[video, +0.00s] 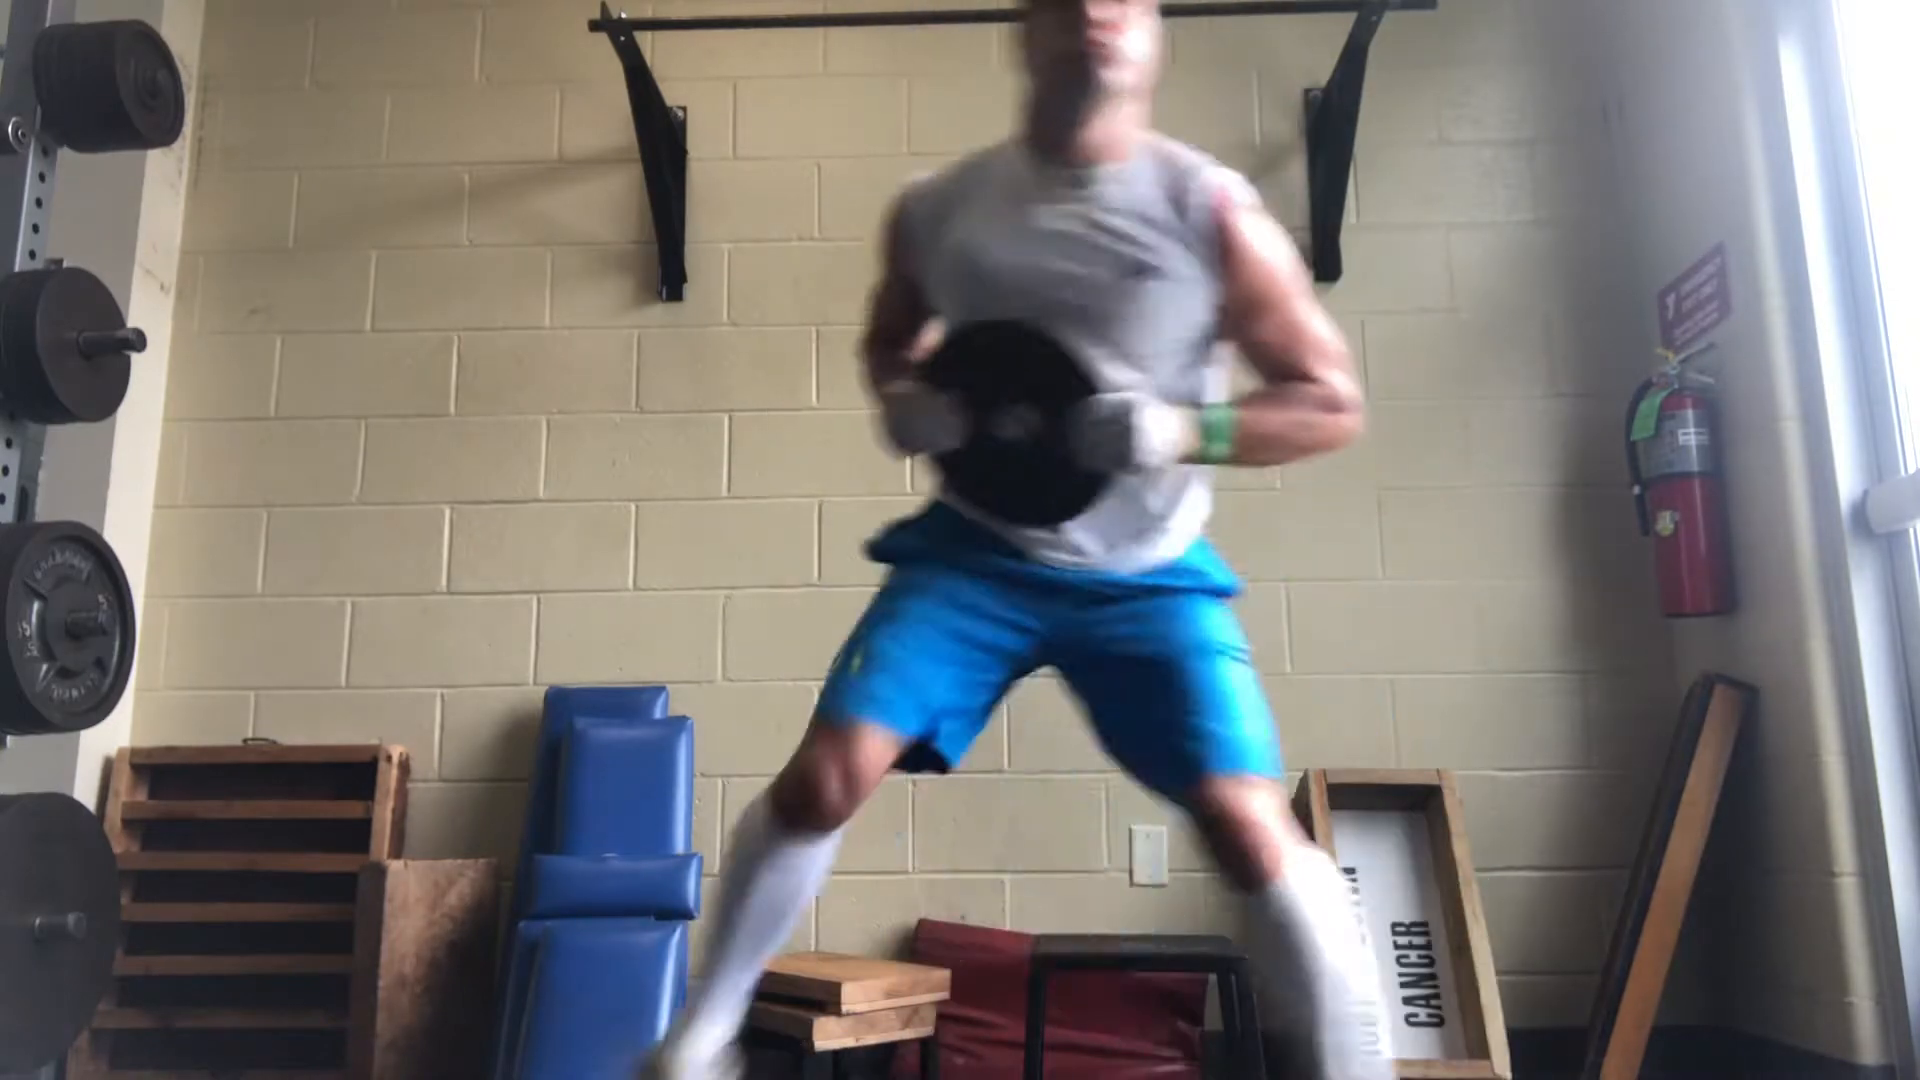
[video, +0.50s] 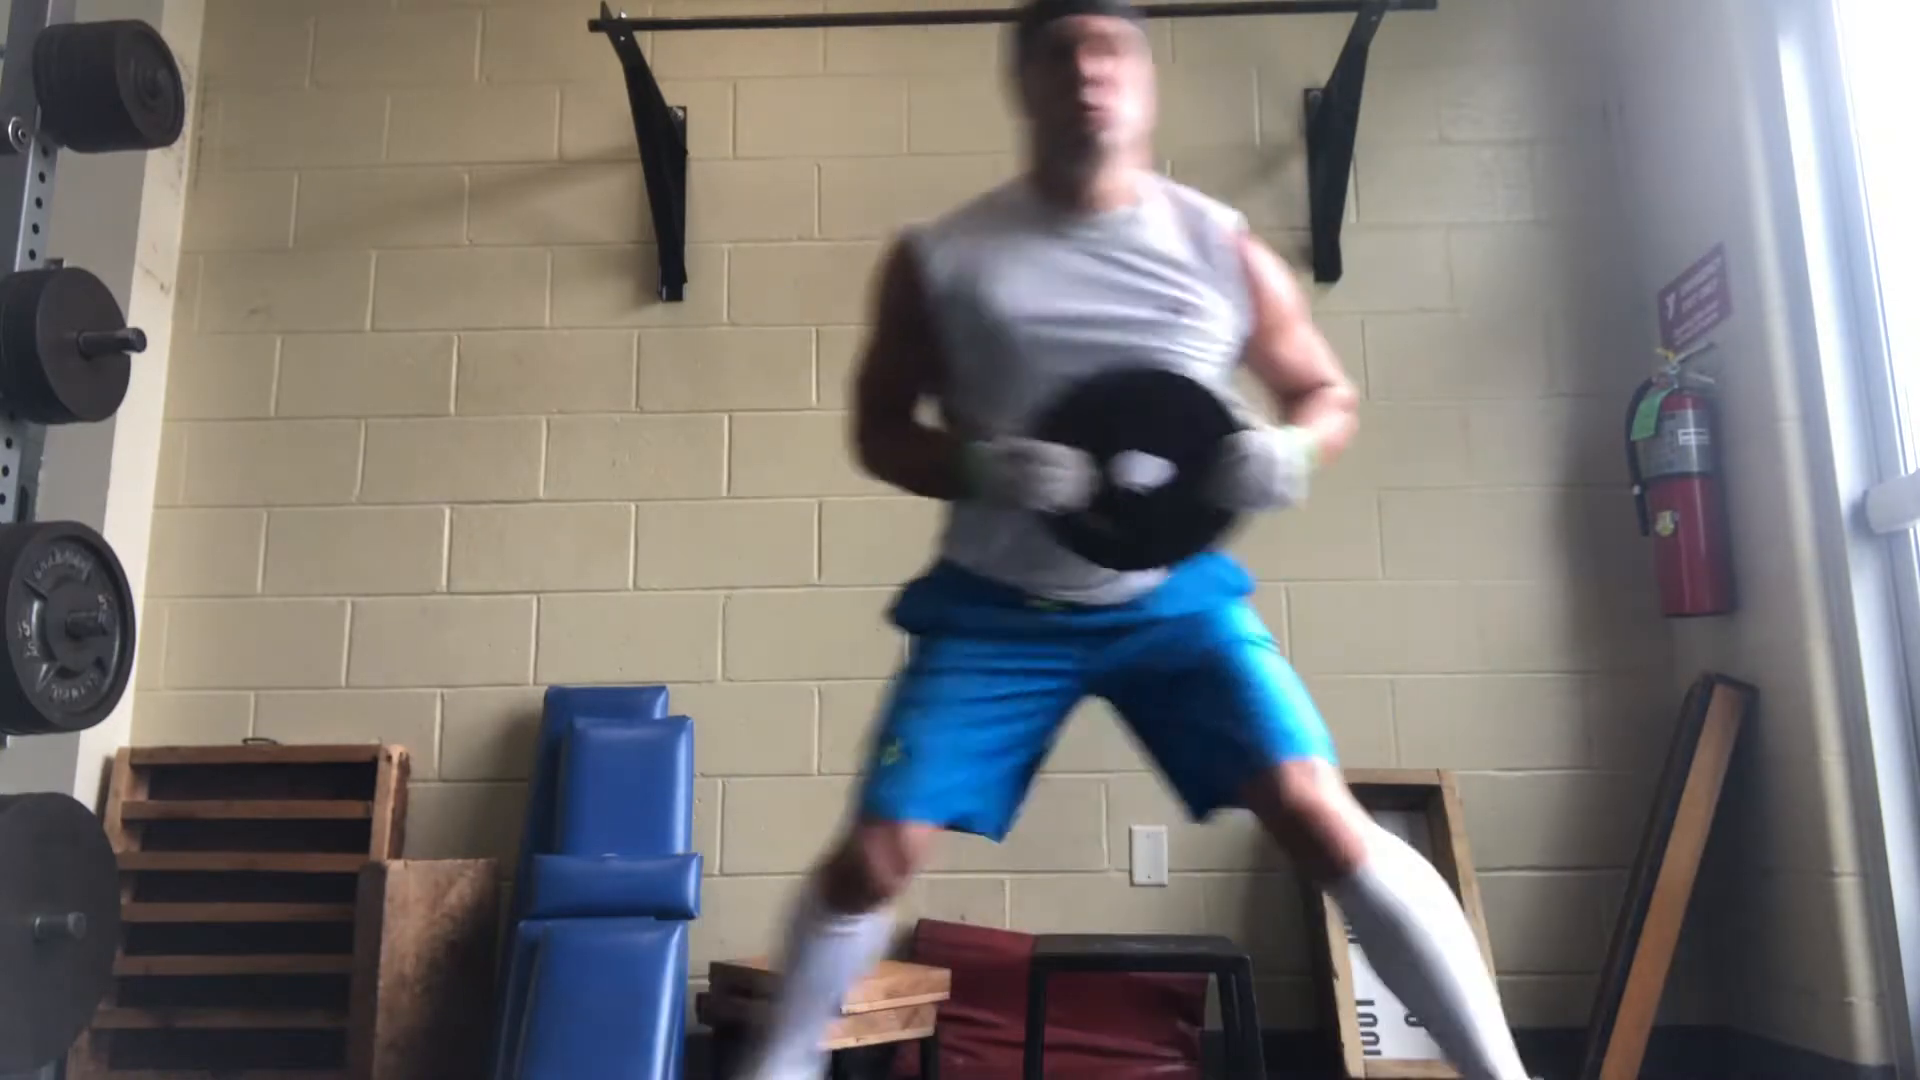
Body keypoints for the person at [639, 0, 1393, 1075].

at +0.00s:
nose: (1099, 25)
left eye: (1122, 6)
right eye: (1067, 7)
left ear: (1155, 37)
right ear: (1023, 33)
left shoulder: (1210, 212)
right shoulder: (936, 214)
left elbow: (1332, 404)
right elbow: (887, 362)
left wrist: (1173, 430)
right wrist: (916, 410)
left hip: (1152, 581)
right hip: (972, 562)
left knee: (1249, 829)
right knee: (823, 780)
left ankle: (1361, 1073)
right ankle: (690, 1053)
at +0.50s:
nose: (1088, 72)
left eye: (1111, 50)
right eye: (1060, 53)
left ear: (1151, 82)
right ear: (1021, 86)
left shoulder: (1220, 247)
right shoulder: (938, 262)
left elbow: (1333, 395)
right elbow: (879, 434)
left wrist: (1292, 451)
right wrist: (981, 467)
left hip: (1180, 606)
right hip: (998, 616)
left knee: (1317, 813)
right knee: (874, 857)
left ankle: (1501, 1068)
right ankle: (771, 1066)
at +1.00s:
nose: (1053, 57)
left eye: (1079, 35)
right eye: (1028, 34)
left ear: (1113, 66)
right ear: (992, 62)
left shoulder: (1169, 235)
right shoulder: (906, 240)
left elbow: (1261, 446)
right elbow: (840, 414)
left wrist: (1100, 456)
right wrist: (877, 429)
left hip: (1118, 594)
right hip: (941, 582)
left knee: (1209, 832)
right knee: (793, 805)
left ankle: (1308, 1075)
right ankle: (646, 1062)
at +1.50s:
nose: (1052, 71)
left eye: (1073, 46)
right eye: (1025, 50)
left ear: (1111, 74)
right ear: (989, 81)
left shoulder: (1187, 238)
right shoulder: (902, 250)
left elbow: (1285, 364)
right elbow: (846, 428)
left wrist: (1265, 433)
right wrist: (958, 453)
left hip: (1137, 594)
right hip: (962, 604)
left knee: (1274, 823)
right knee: (854, 846)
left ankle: (1448, 1070)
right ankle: (802, 1065)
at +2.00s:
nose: (965, 62)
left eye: (989, 36)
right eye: (938, 38)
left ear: (1028, 59)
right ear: (903, 63)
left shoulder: (1097, 225)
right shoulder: (823, 243)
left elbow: (1194, 427)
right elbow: (775, 438)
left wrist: (1052, 463)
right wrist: (793, 449)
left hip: (1051, 599)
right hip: (877, 594)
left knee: (1135, 856)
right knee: (724, 832)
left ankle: (1166, 1074)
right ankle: (560, 1075)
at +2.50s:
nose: (1133, 111)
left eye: (1157, 83)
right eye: (1106, 84)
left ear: (1200, 105)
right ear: (1067, 104)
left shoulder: (1258, 275)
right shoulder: (966, 265)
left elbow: (1362, 418)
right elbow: (907, 455)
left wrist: (1340, 476)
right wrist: (1022, 485)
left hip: (1200, 643)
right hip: (1018, 644)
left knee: (1348, 878)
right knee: (897, 887)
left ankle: (1497, 1074)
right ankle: (884, 1036)